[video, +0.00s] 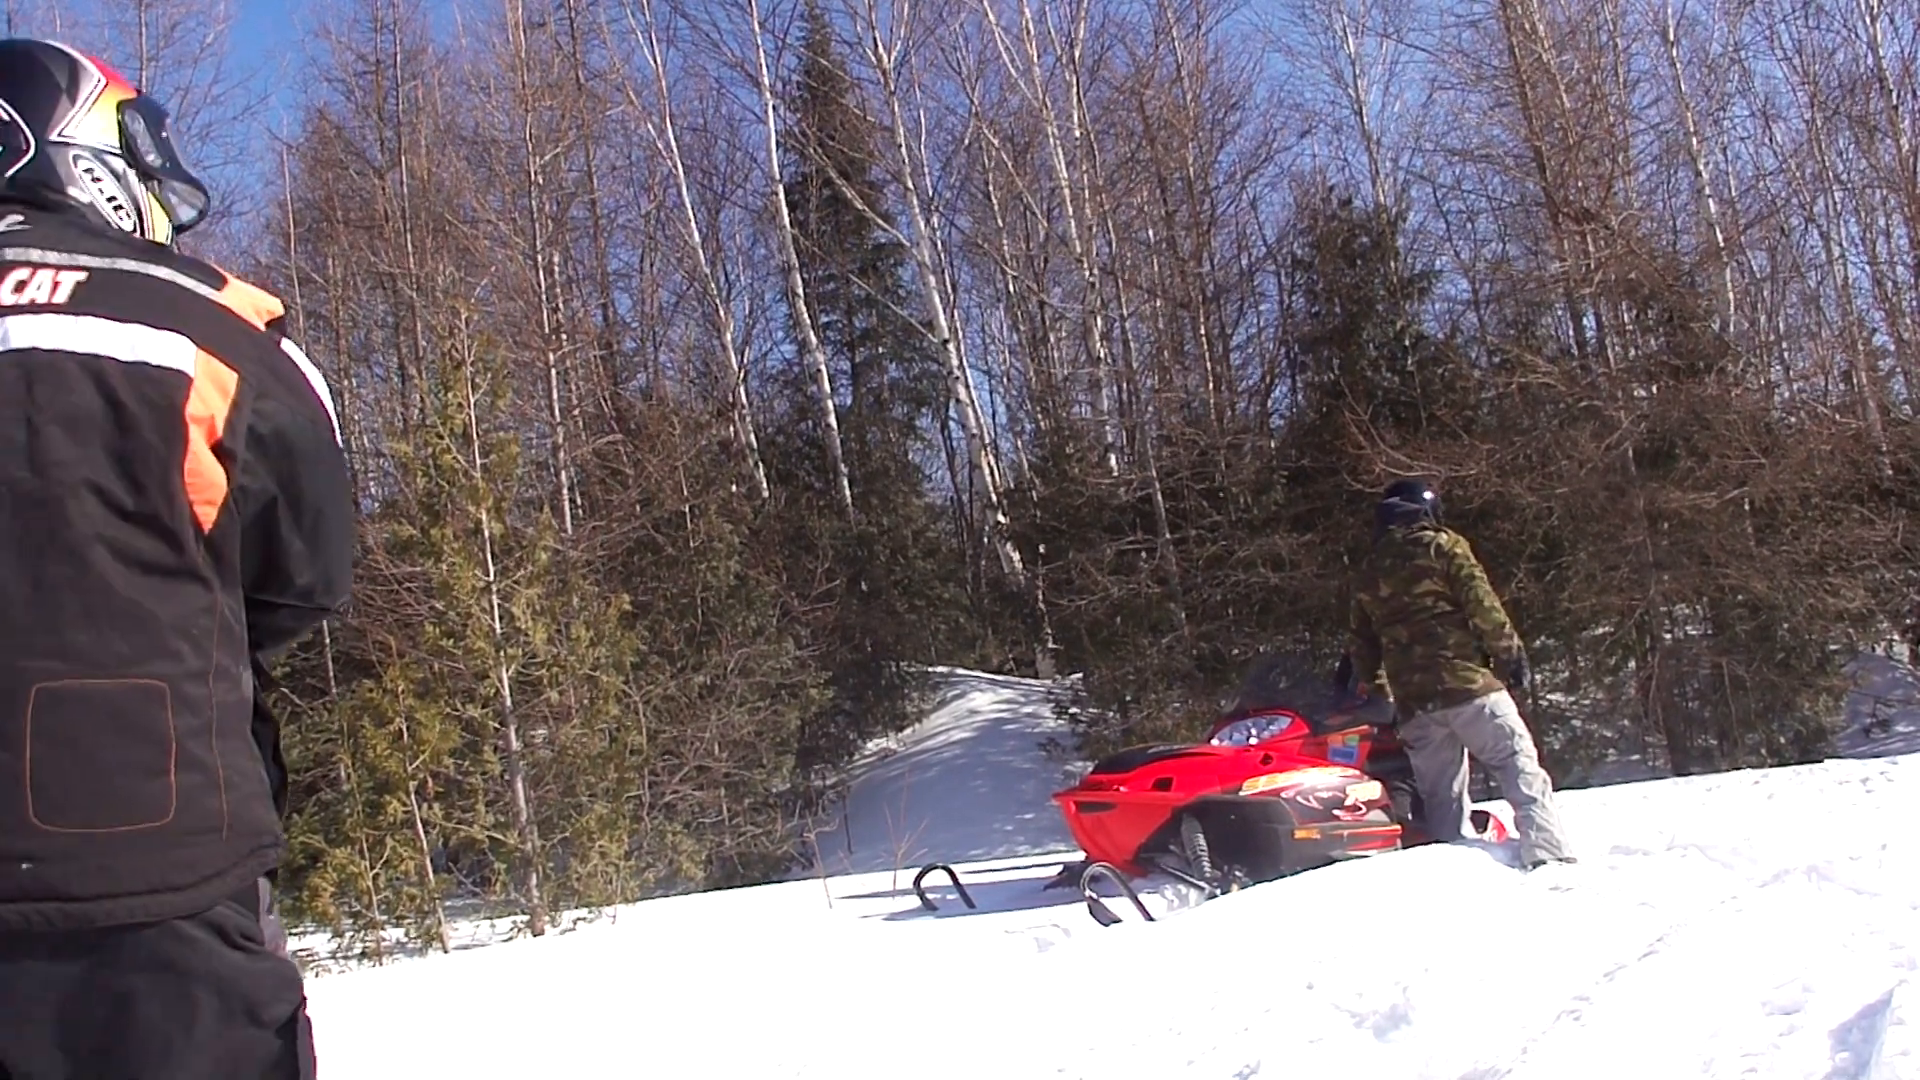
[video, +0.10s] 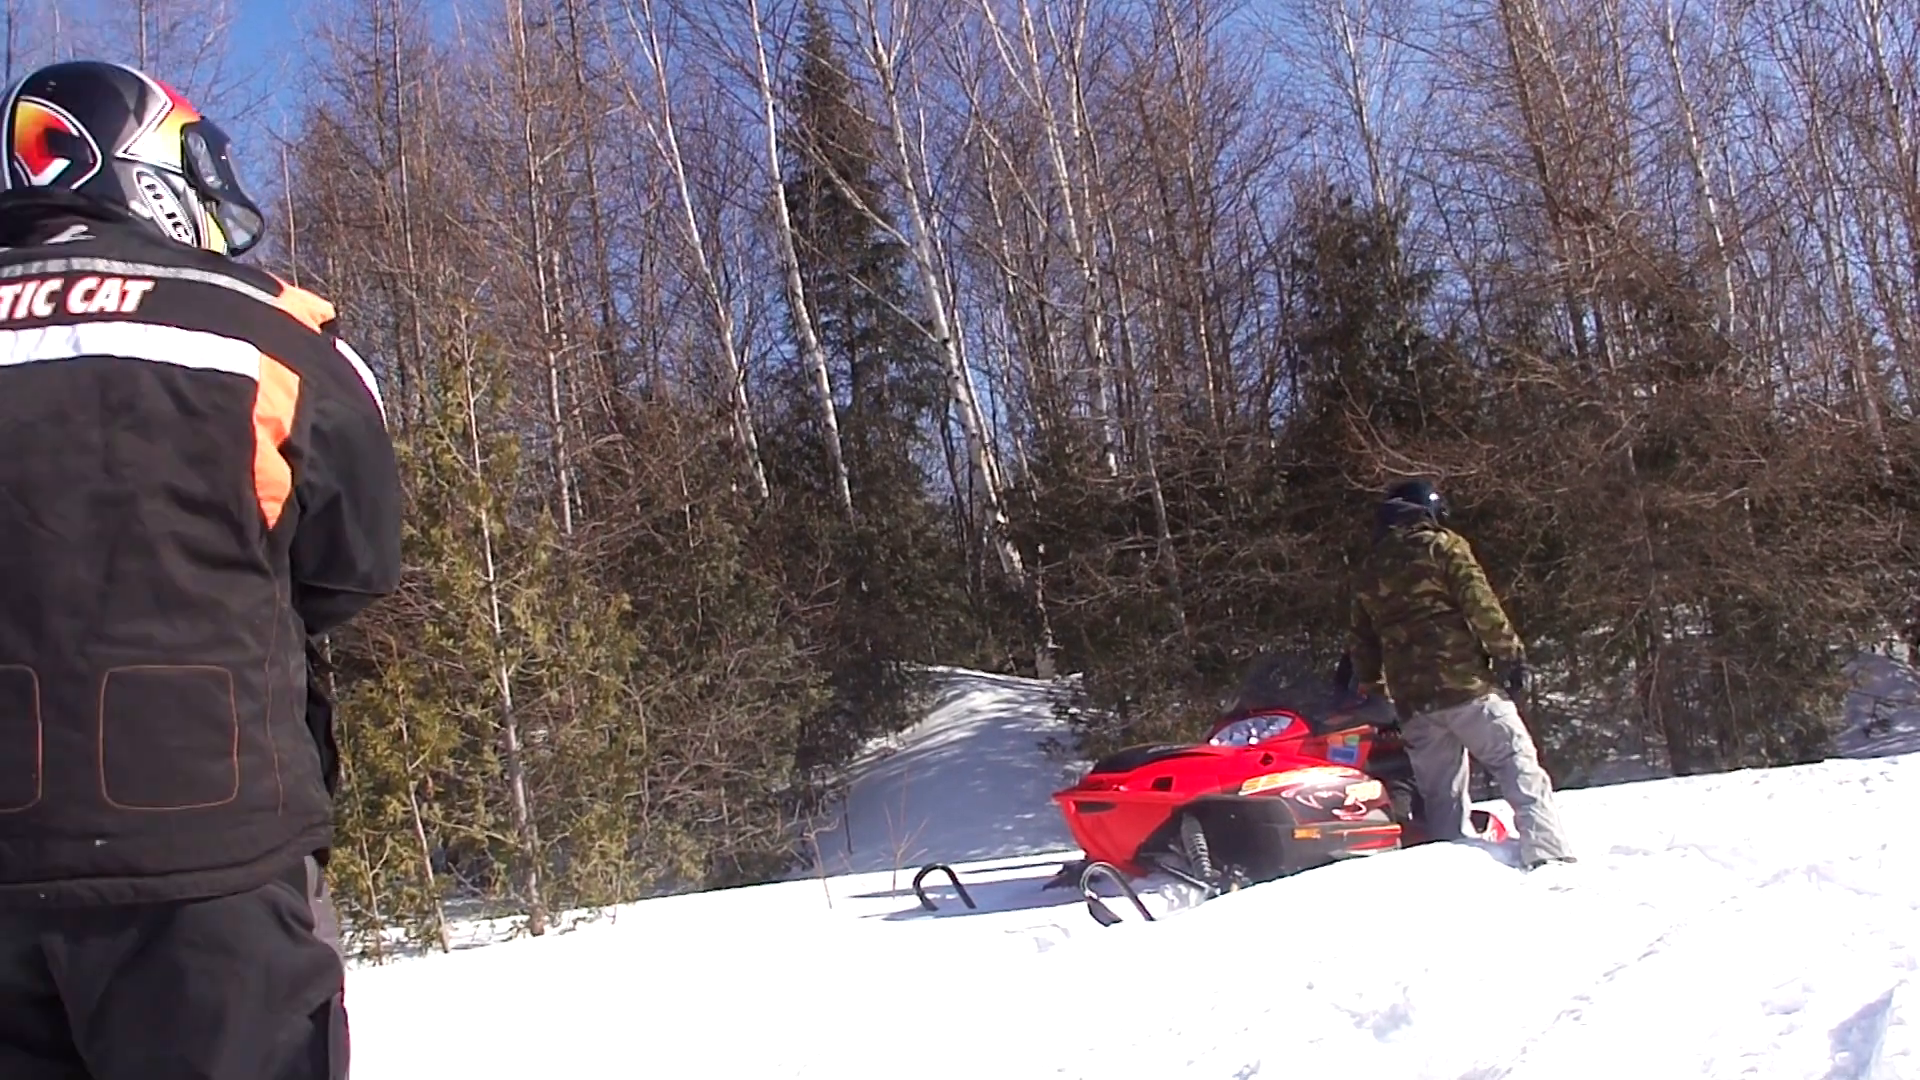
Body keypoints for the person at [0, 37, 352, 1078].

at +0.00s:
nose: (180, 190)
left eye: (166, 156)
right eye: (153, 154)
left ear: (19, 164)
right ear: (101, 157)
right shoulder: (219, 323)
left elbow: (304, 579)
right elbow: (308, 579)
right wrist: (182, 642)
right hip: (161, 940)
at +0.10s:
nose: (227, 206)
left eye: (217, 175)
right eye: (208, 174)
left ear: (20, 175)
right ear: (162, 175)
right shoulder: (272, 323)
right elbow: (355, 560)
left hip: (2, 886)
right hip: (208, 885)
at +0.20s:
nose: (262, 207)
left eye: (253, 185)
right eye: (246, 185)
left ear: (39, 200)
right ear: (212, 188)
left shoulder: (5, 320)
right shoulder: (324, 332)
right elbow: (379, 571)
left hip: (25, 877)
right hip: (242, 872)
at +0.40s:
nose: (319, 259)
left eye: (309, 237)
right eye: (303, 235)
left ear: (110, 250)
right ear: (273, 236)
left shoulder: (20, 375)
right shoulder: (383, 365)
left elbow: (16, 587)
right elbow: (437, 575)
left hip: (91, 834)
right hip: (299, 820)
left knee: (213, 1056)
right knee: (281, 1059)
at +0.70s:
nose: (385, 286)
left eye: (375, 267)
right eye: (373, 267)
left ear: (207, 284)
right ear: (347, 274)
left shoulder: (100, 406)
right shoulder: (444, 397)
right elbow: (499, 580)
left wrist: (64, 687)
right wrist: (407, 640)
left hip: (198, 815)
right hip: (395, 810)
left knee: (284, 1061)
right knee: (434, 1053)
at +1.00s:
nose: (494, 337)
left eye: (488, 317)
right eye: (481, 316)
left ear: (326, 330)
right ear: (454, 320)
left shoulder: (226, 446)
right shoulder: (536, 438)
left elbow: (121, 563)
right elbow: (602, 611)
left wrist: (207, 704)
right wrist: (524, 685)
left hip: (305, 824)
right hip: (489, 814)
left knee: (348, 1055)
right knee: (558, 1048)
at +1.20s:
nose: (588, 375)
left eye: (581, 357)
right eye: (578, 356)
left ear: (427, 377)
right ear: (556, 363)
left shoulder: (341, 494)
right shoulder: (642, 479)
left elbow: (256, 627)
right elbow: (698, 646)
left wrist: (330, 753)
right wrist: (611, 701)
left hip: (426, 849)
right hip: (601, 845)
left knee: (443, 1047)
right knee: (648, 1050)